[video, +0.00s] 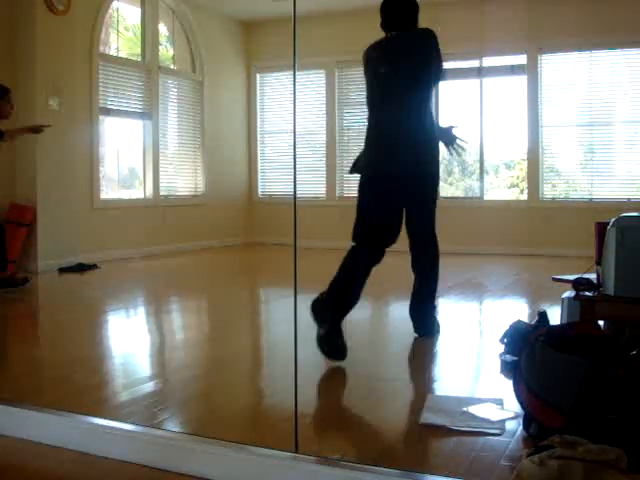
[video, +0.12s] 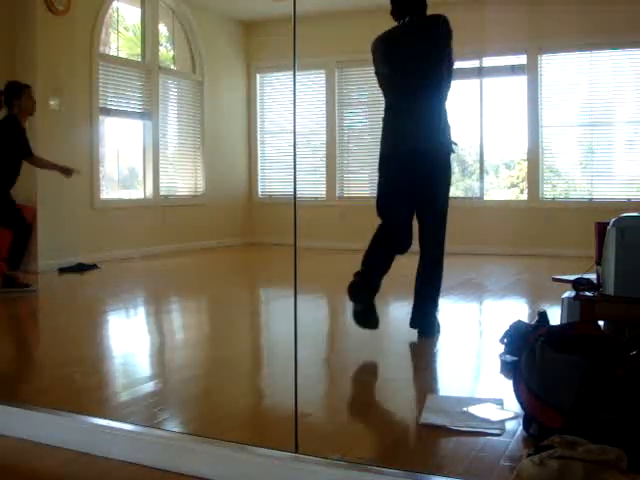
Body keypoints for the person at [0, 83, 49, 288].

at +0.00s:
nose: (11, 110)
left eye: (10, 104)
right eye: (8, 104)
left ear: (6, 105)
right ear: (2, 105)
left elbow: (7, 136)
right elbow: (7, 136)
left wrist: (28, 130)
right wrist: (27, 130)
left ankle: (8, 272)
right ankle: (6, 273)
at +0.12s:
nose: (34, 102)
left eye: (32, 98)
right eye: (29, 98)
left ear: (16, 103)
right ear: (17, 102)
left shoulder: (13, 126)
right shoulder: (12, 127)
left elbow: (31, 158)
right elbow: (30, 158)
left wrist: (58, 168)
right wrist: (60, 168)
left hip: (1, 193)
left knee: (21, 227)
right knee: (22, 228)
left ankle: (10, 274)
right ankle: (10, 274)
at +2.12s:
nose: (224, 128)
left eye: (227, 124)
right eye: (221, 123)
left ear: (233, 126)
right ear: (216, 125)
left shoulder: (239, 148)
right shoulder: (206, 147)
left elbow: (242, 174)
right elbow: (197, 174)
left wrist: (244, 193)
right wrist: (190, 196)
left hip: (231, 193)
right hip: (210, 193)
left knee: (245, 224)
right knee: (199, 226)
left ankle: (239, 258)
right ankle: (210, 258)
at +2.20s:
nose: (224, 133)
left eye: (228, 129)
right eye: (221, 129)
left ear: (234, 132)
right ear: (216, 131)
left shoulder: (241, 154)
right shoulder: (207, 153)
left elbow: (245, 180)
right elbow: (197, 179)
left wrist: (247, 199)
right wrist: (190, 201)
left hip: (233, 197)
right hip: (211, 197)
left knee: (247, 223)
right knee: (199, 226)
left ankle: (239, 259)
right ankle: (210, 258)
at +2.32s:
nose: (219, 136)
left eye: (223, 134)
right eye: (218, 133)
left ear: (232, 137)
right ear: (217, 134)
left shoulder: (241, 155)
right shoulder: (209, 152)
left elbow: (244, 180)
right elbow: (199, 178)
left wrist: (243, 198)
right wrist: (193, 200)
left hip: (233, 197)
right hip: (211, 196)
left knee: (248, 223)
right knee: (200, 226)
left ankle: (239, 259)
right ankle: (210, 259)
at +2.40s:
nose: (218, 133)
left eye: (222, 131)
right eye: (218, 130)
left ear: (231, 134)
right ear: (217, 132)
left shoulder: (241, 152)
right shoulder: (209, 149)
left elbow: (244, 177)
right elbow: (200, 176)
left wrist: (244, 195)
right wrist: (194, 197)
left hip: (234, 195)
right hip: (212, 194)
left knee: (247, 223)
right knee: (201, 226)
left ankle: (239, 259)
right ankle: (210, 259)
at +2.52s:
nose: (219, 122)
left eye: (224, 120)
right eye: (219, 118)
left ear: (232, 121)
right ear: (217, 117)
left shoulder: (240, 137)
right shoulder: (208, 134)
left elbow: (243, 164)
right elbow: (200, 161)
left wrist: (245, 183)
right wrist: (196, 183)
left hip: (234, 185)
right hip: (211, 185)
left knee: (240, 222)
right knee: (206, 223)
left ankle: (239, 258)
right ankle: (210, 258)